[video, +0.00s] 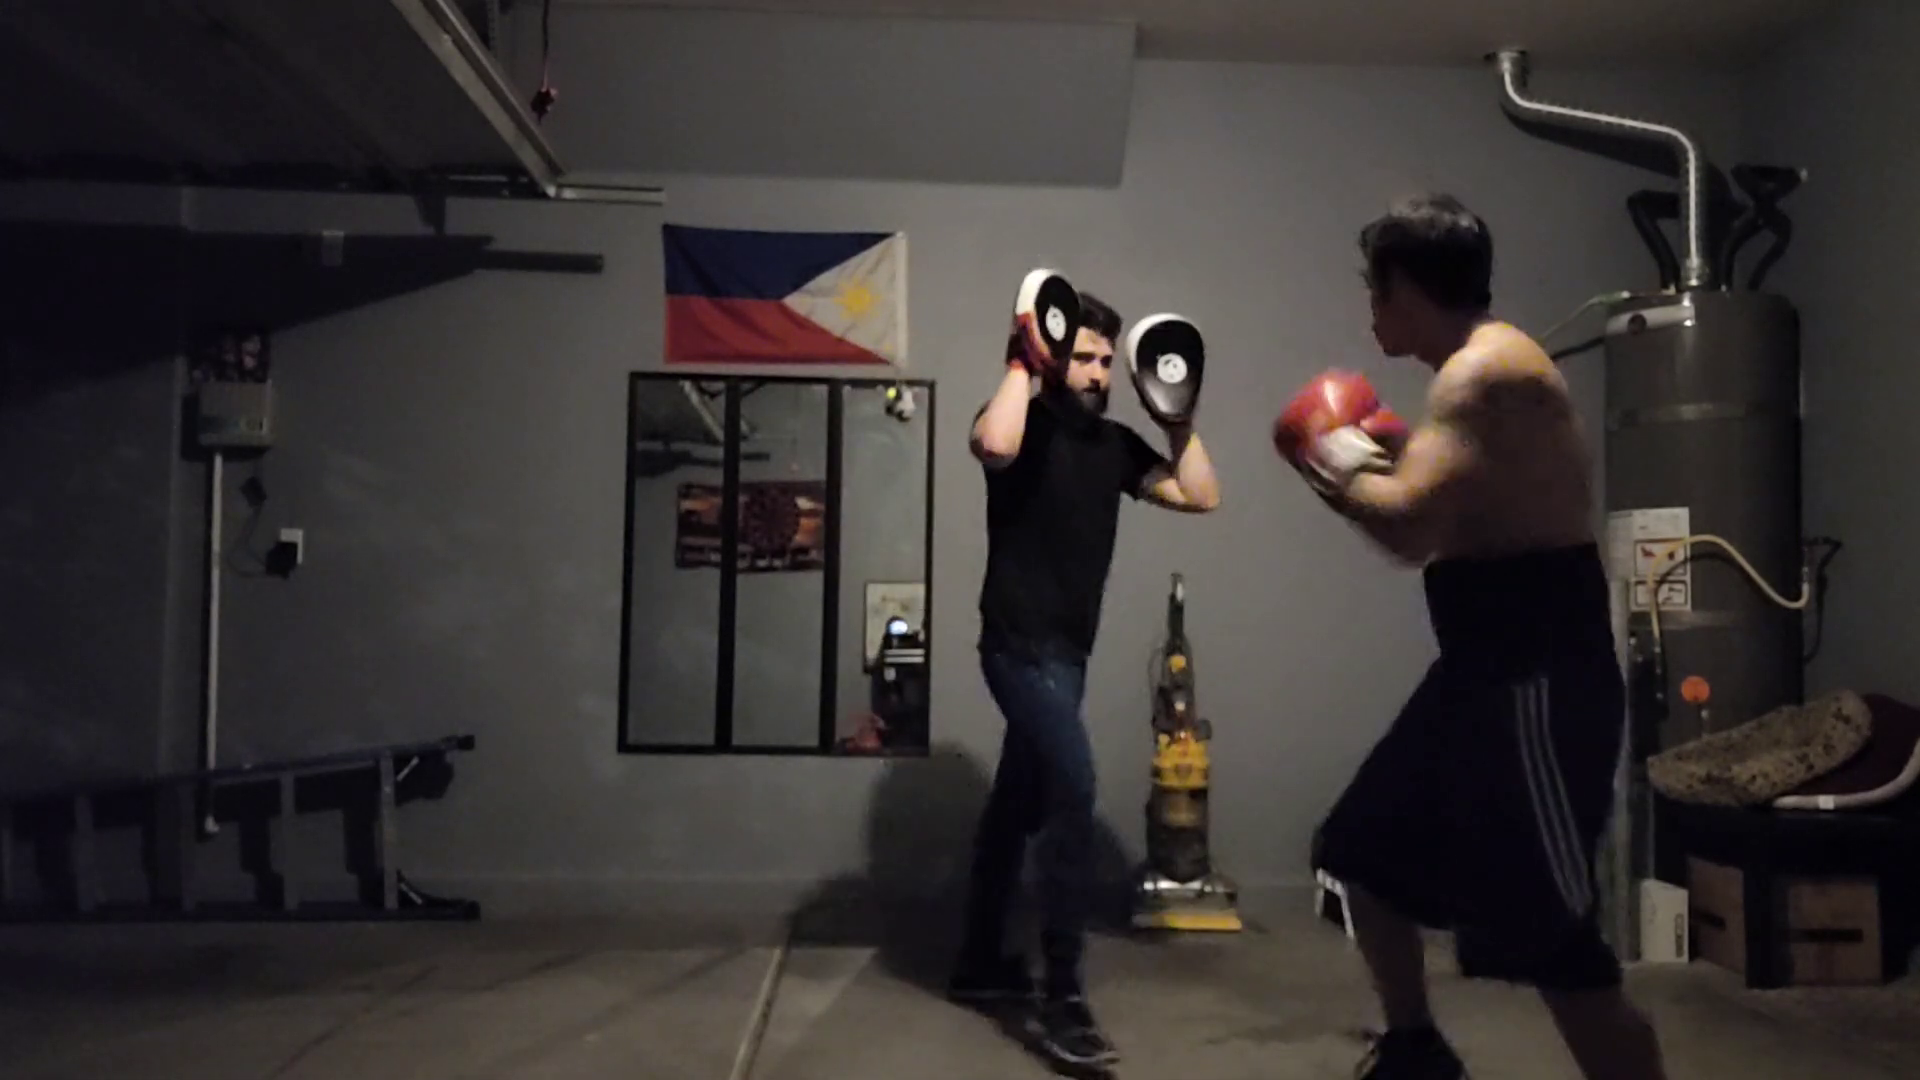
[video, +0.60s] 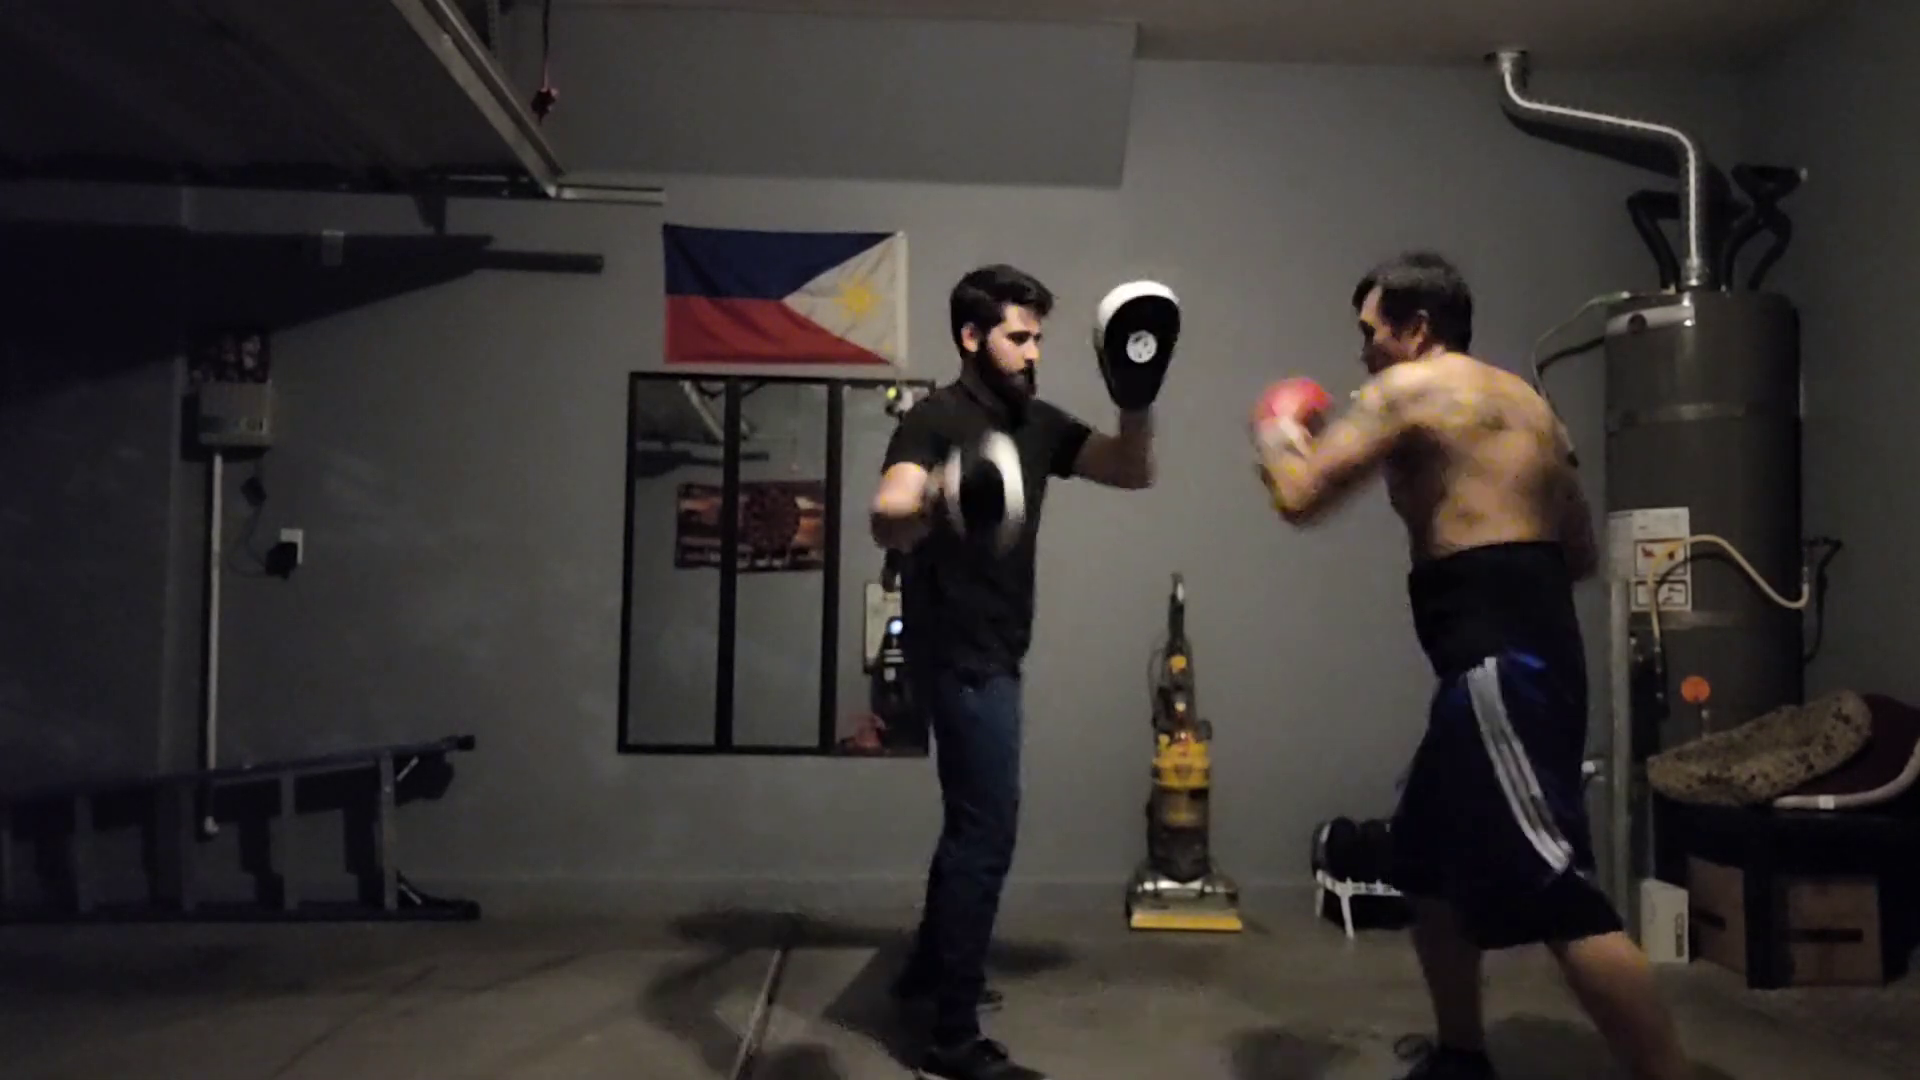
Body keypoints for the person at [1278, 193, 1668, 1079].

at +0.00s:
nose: (1373, 318)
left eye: (1379, 296)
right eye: (1372, 296)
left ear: (1422, 292)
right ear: (1449, 286)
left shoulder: (1483, 369)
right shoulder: (1499, 360)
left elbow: (1407, 523)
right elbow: (1468, 494)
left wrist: (1324, 465)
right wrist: (1382, 449)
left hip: (1538, 673)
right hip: (1482, 668)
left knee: (1556, 930)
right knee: (1367, 851)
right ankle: (1413, 1045)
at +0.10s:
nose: (1363, 308)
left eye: (1374, 289)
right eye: (1366, 288)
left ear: (1416, 291)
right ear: (1433, 288)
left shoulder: (1501, 362)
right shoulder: (1450, 371)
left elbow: (1523, 500)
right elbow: (1440, 453)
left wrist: (1391, 489)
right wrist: (1359, 398)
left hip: (1535, 667)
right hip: (1464, 663)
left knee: (1566, 916)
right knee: (1390, 863)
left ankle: (1640, 1072)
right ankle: (1437, 1046)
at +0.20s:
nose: (1357, 314)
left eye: (1369, 298)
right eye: (1361, 298)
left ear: (1414, 307)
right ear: (1405, 307)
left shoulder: (1499, 370)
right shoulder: (1405, 383)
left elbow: (1572, 487)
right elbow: (1317, 383)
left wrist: (1425, 483)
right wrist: (1225, 320)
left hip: (1523, 665)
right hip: (1451, 666)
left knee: (1539, 915)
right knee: (1408, 875)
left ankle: (1617, 1071)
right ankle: (1451, 1054)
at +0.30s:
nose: (1353, 318)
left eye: (1361, 301)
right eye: (1355, 301)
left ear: (1397, 306)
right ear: (1416, 308)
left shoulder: (1473, 372)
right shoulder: (1415, 393)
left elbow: (1511, 488)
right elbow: (1347, 438)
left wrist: (1383, 464)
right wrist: (1272, 362)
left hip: (1505, 648)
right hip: (1453, 652)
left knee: (1511, 879)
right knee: (1415, 864)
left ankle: (1608, 1070)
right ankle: (1451, 1054)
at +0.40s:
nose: (1357, 323)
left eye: (1365, 307)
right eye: (1359, 307)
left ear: (1400, 305)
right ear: (1431, 307)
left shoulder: (1431, 357)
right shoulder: (1477, 377)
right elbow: (1391, 501)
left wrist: (1264, 409)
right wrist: (1297, 451)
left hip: (1486, 632)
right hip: (1486, 631)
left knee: (1526, 871)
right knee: (1447, 859)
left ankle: (1651, 1064)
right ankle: (1459, 1054)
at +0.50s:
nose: (1363, 338)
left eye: (1368, 322)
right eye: (1361, 323)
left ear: (1403, 317)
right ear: (1451, 319)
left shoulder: (1399, 365)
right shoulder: (1529, 398)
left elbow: (1252, 424)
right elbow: (1541, 540)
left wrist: (1210, 368)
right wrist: (1417, 559)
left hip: (1492, 640)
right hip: (1528, 634)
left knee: (1547, 881)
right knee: (1444, 859)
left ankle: (1661, 1069)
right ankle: (1460, 1056)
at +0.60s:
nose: (1363, 348)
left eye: (1370, 331)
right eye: (1361, 331)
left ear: (1413, 326)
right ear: (1443, 329)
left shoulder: (1406, 388)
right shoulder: (1526, 398)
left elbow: (1298, 492)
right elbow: (1580, 547)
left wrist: (1273, 429)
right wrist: (1486, 572)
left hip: (1489, 645)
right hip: (1541, 635)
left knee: (1555, 885)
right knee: (1426, 854)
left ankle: (1666, 1068)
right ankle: (1460, 1056)